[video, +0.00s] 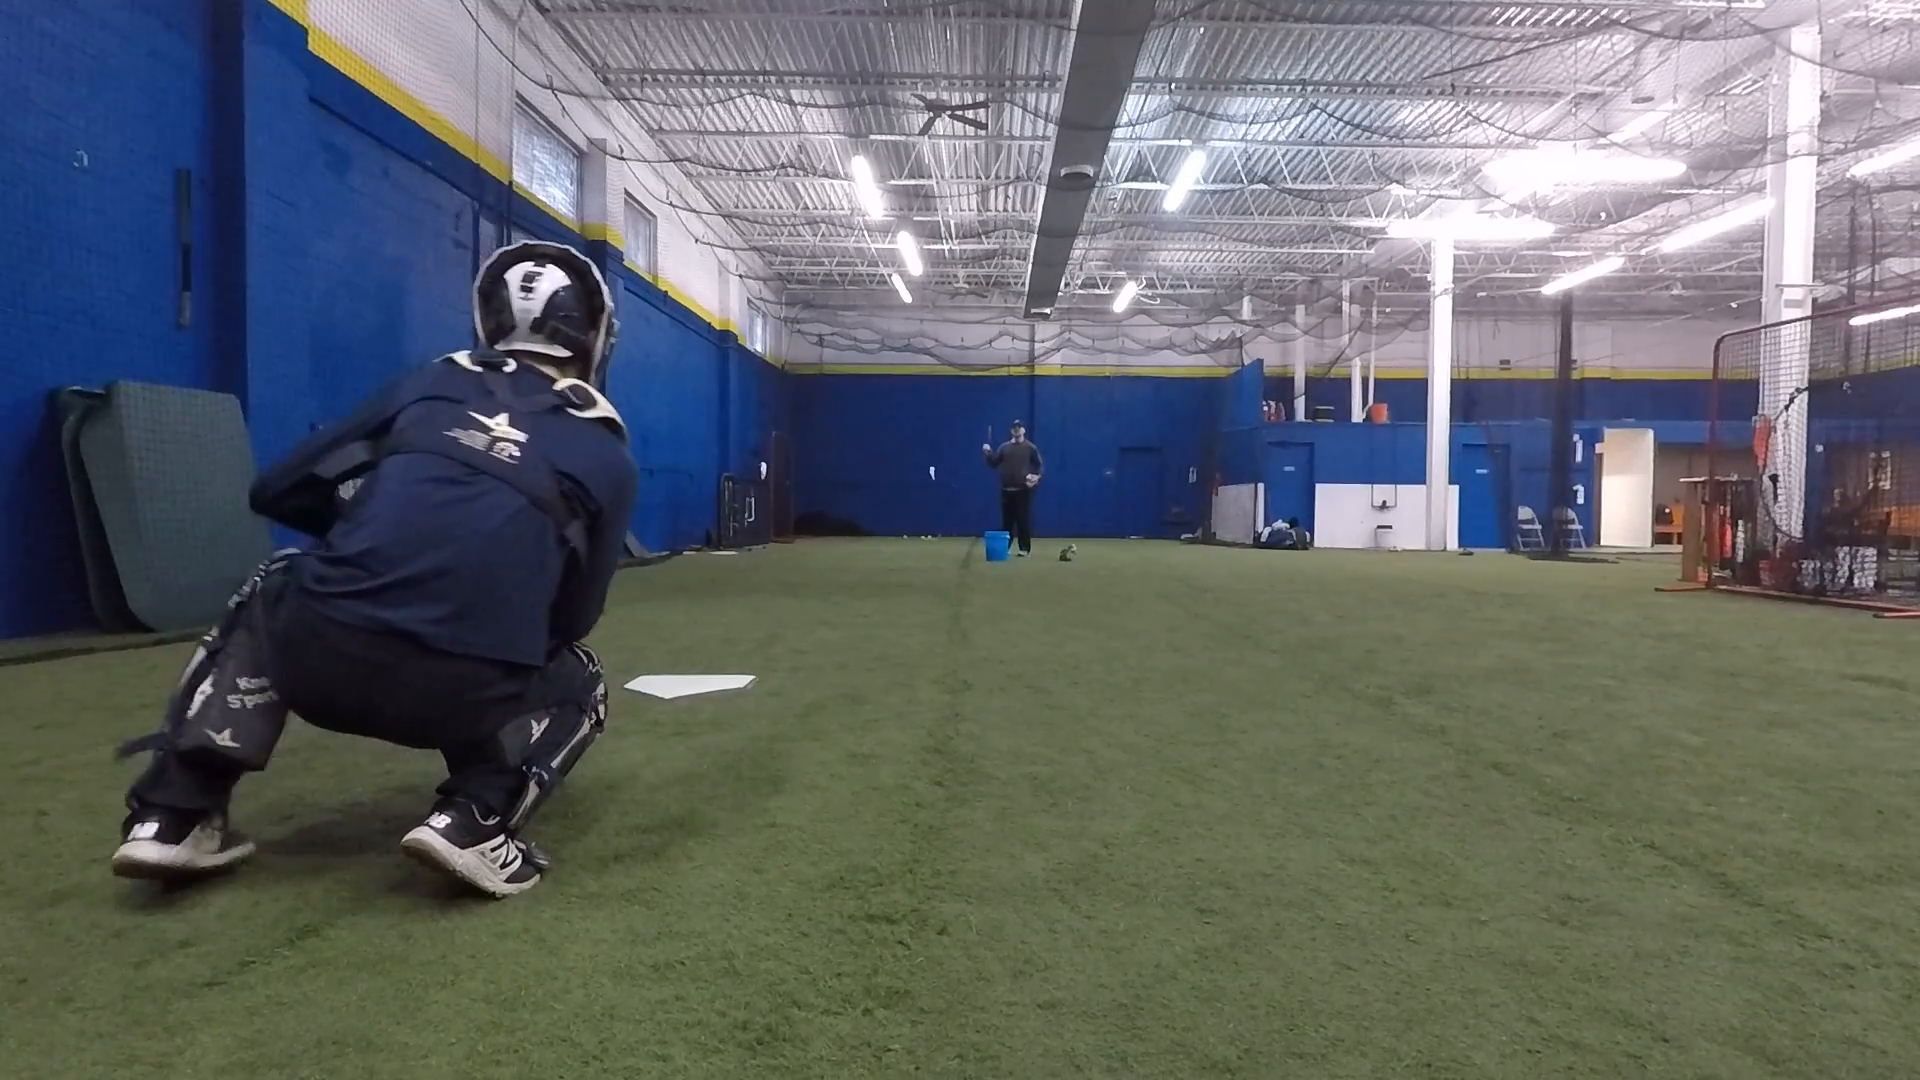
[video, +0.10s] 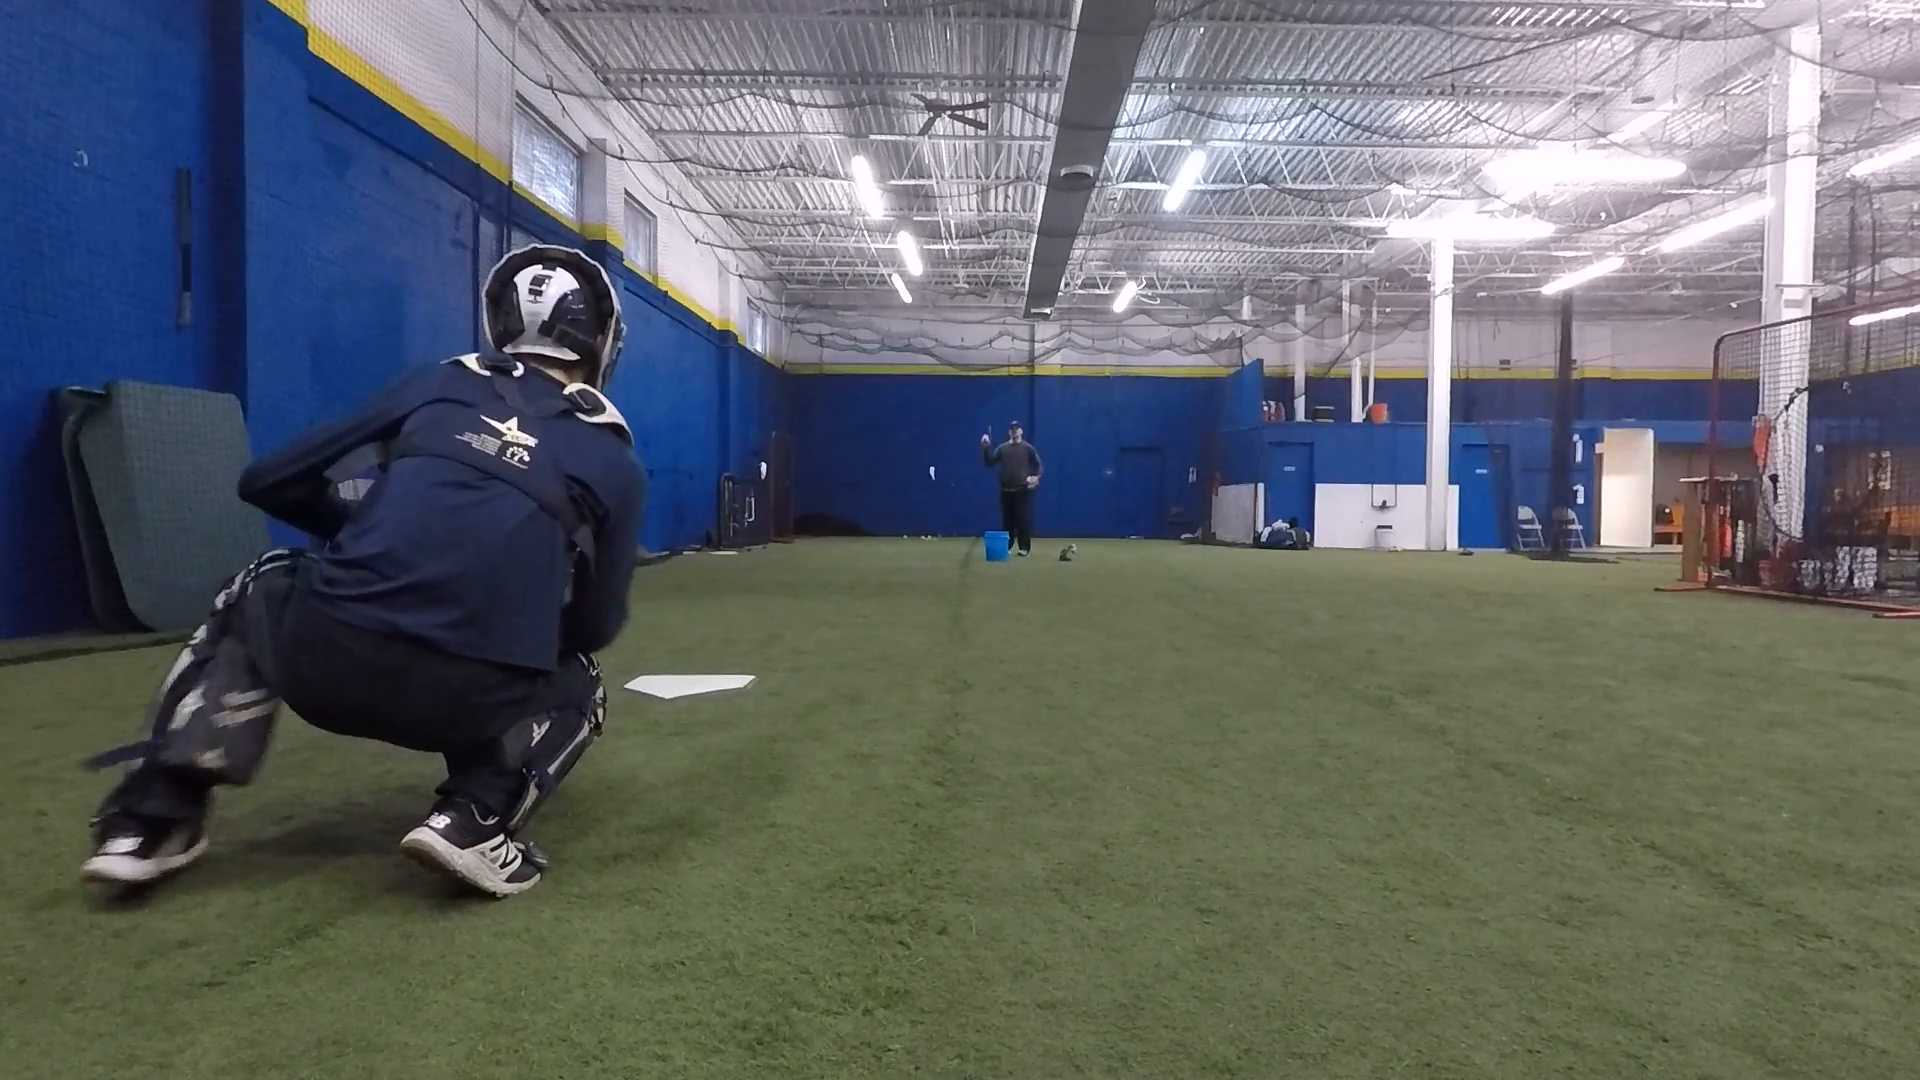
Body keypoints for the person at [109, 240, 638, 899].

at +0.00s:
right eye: (604, 325)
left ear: (490, 322)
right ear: (594, 339)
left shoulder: (433, 380)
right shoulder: (609, 455)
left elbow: (279, 488)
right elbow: (571, 622)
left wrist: (372, 531)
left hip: (324, 655)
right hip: (466, 692)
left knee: (274, 591)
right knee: (577, 685)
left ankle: (173, 809)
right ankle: (473, 820)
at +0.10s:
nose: (606, 345)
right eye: (606, 334)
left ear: (499, 328)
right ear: (601, 347)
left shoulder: (437, 382)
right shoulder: (616, 460)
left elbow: (269, 481)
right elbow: (596, 626)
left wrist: (369, 522)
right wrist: (517, 608)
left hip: (334, 658)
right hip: (477, 696)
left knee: (260, 592)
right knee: (576, 683)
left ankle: (151, 815)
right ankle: (474, 818)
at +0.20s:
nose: (604, 346)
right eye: (602, 333)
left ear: (495, 329)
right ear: (596, 348)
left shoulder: (425, 388)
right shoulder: (610, 460)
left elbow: (262, 490)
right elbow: (628, 632)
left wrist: (361, 536)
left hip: (324, 658)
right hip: (470, 691)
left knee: (252, 603)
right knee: (581, 676)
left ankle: (117, 828)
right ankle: (472, 819)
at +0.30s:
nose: (598, 363)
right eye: (595, 349)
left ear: (475, 338)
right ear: (581, 357)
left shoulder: (404, 401)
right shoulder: (587, 457)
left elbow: (247, 506)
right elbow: (659, 616)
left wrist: (350, 549)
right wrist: (649, 675)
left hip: (305, 666)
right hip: (459, 694)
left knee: (239, 624)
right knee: (582, 670)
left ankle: (104, 840)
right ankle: (474, 824)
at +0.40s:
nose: (569, 365)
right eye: (564, 349)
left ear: (453, 346)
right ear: (553, 359)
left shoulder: (376, 406)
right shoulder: (555, 444)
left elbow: (232, 520)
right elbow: (655, 603)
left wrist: (334, 563)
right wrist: (662, 685)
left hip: (283, 671)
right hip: (437, 693)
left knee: (232, 623)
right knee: (585, 666)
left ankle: (102, 845)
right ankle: (475, 827)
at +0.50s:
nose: (542, 365)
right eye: (539, 353)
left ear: (423, 350)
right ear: (525, 357)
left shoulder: (349, 415)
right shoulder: (520, 438)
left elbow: (221, 535)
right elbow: (621, 587)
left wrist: (323, 575)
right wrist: (652, 695)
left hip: (255, 682)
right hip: (404, 696)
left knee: (213, 655)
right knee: (581, 664)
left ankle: (102, 849)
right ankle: (463, 833)